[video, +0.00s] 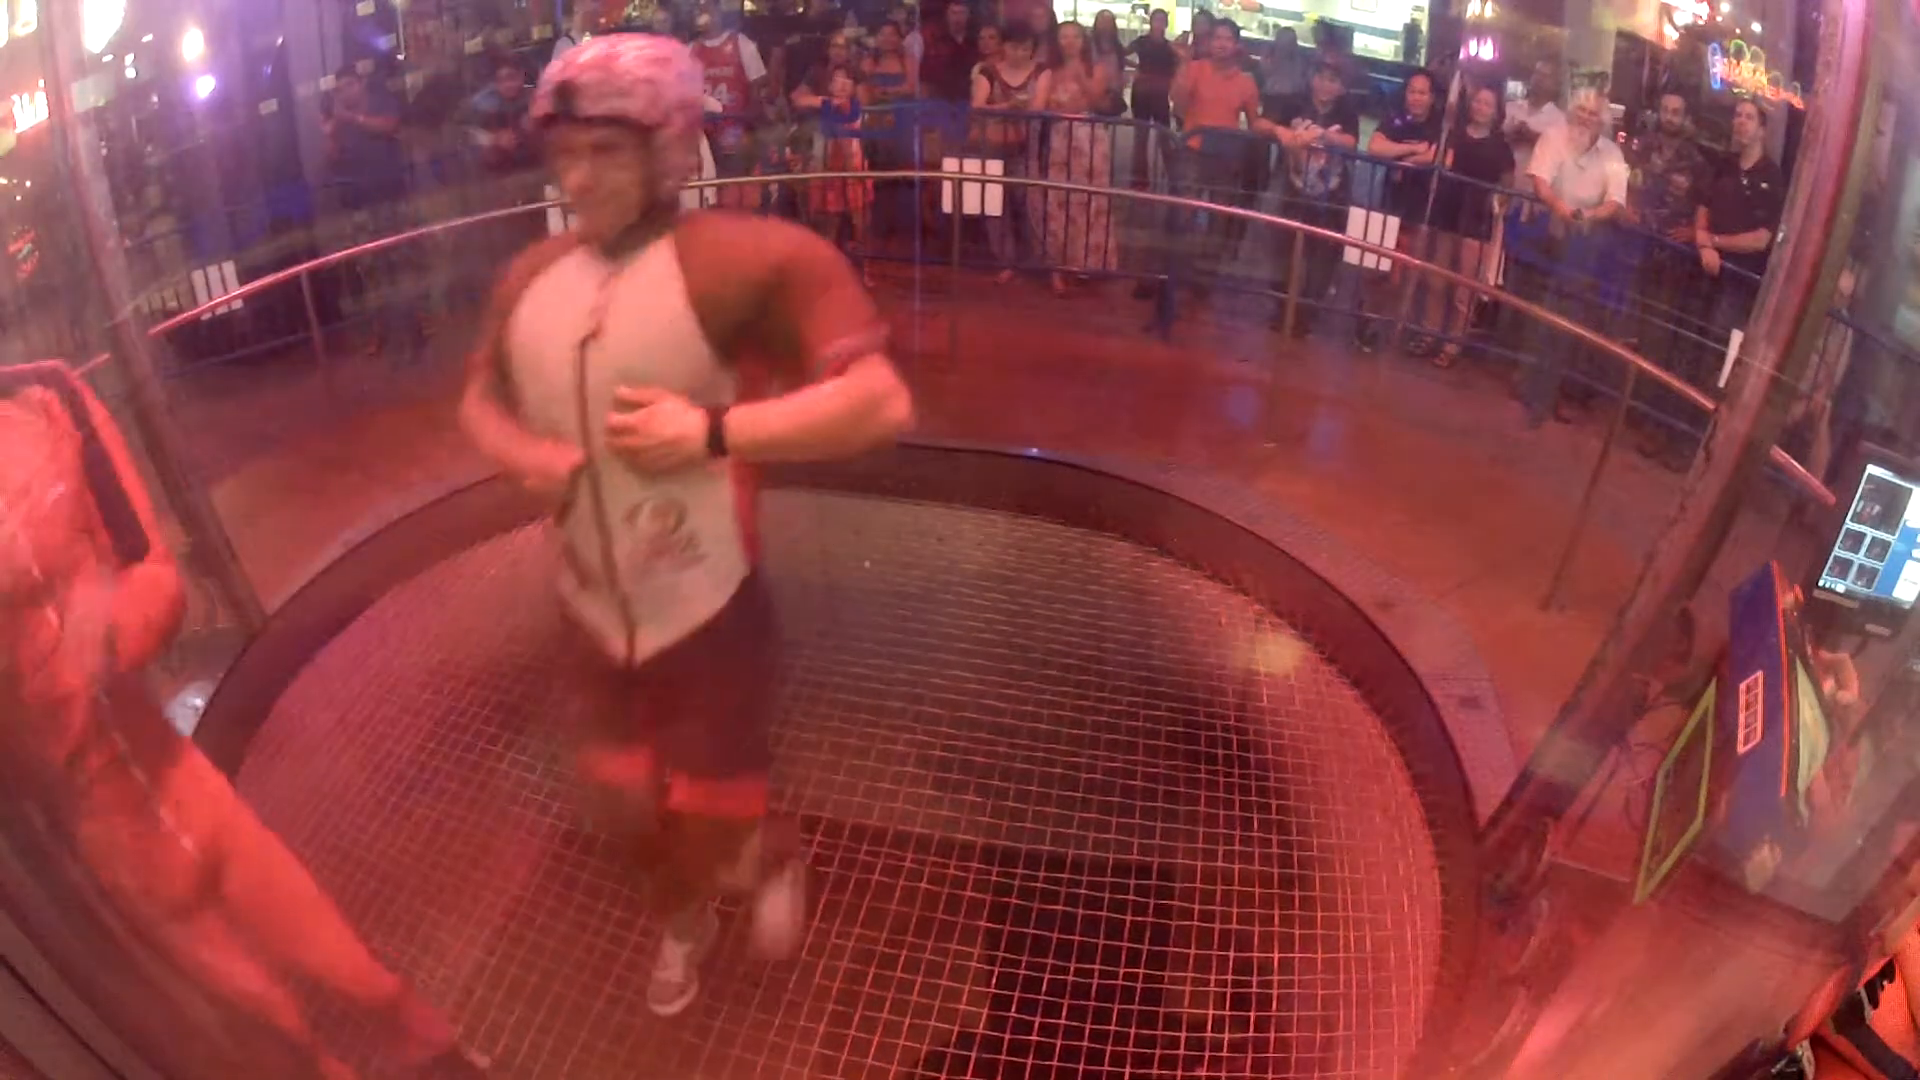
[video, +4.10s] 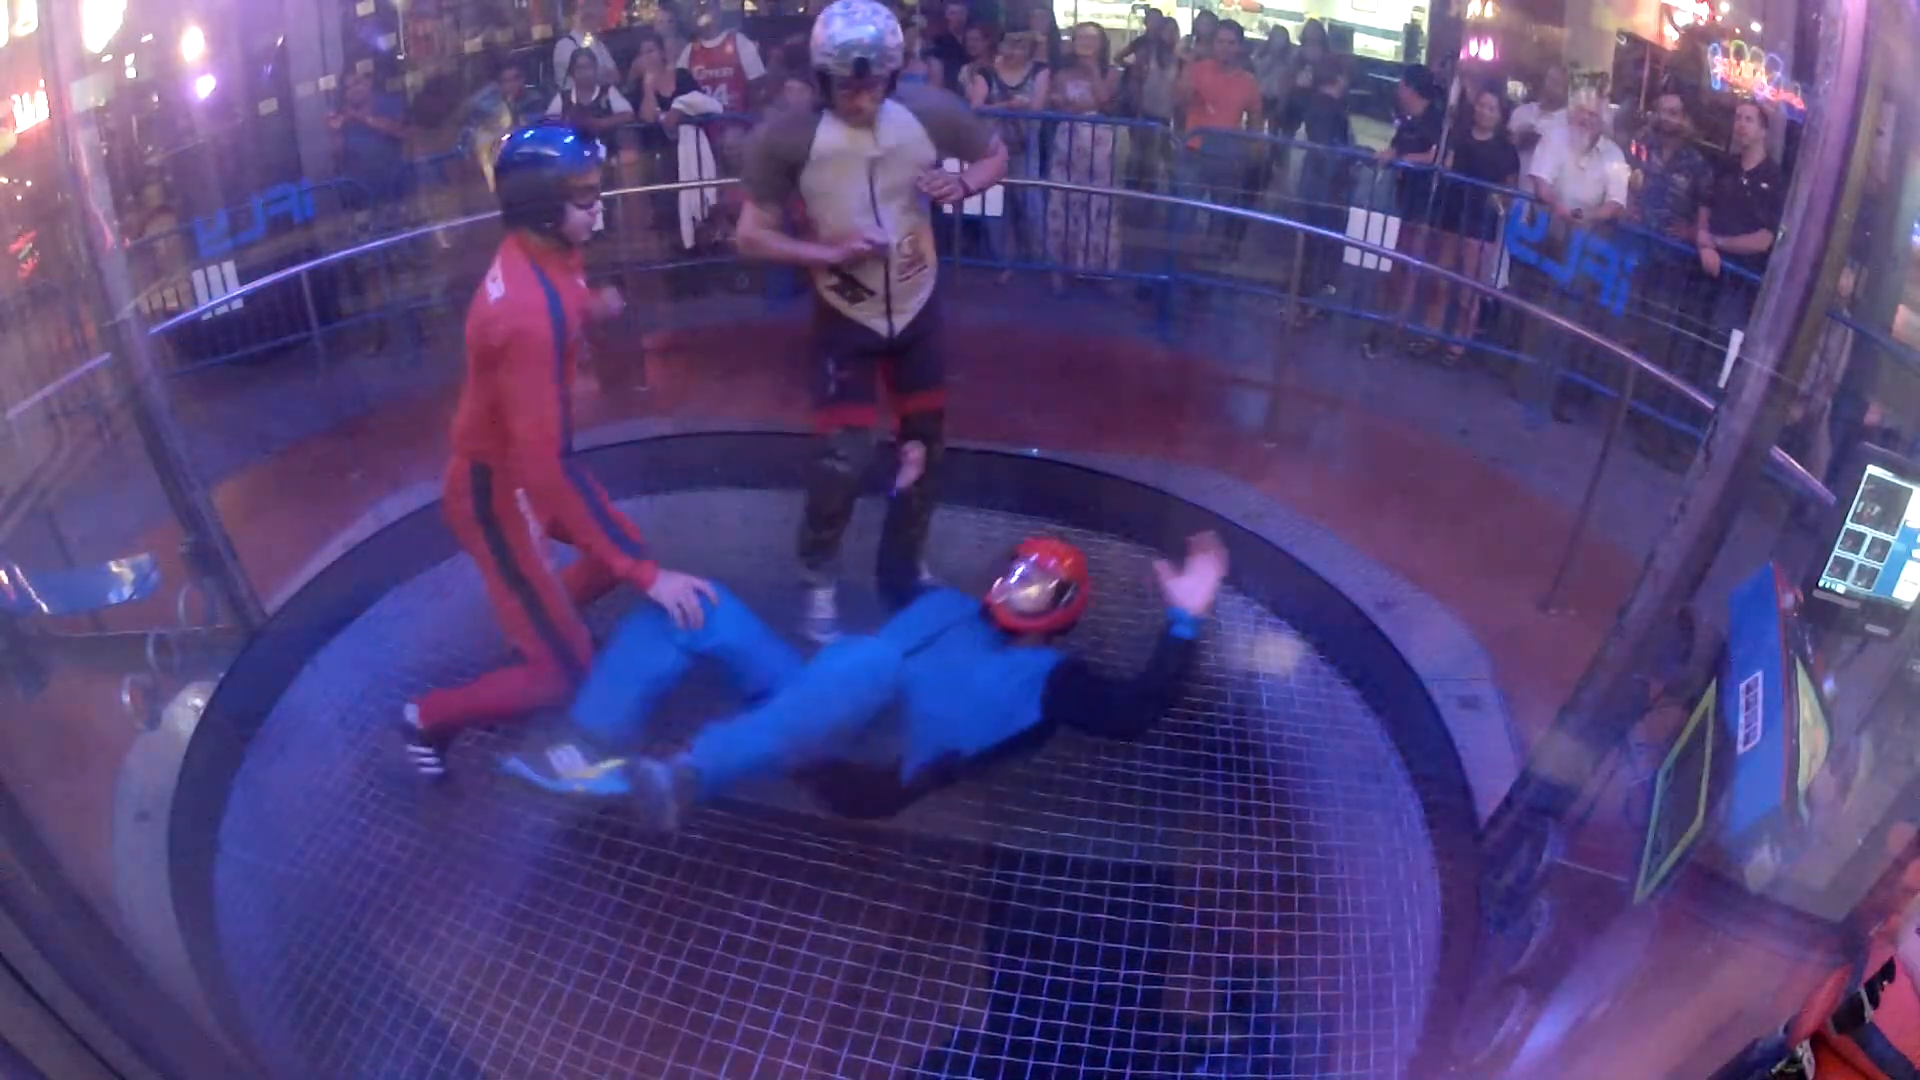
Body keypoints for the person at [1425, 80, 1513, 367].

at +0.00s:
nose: (1481, 107)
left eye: (1487, 104)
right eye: (1477, 101)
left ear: (1497, 112)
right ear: (1469, 104)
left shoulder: (1501, 148)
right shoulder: (1454, 137)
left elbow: (1507, 188)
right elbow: (1440, 168)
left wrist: (1496, 207)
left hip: (1476, 220)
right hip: (1445, 212)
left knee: (1463, 288)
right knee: (1435, 281)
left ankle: (1453, 342)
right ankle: (1430, 333)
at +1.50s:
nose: (1472, 108)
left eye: (1478, 103)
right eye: (1468, 101)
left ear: (1488, 110)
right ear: (1461, 106)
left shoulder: (1492, 147)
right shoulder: (1449, 139)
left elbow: (1498, 184)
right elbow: (1436, 171)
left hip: (1472, 218)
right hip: (1442, 213)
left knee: (1461, 285)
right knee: (1434, 279)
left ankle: (1451, 342)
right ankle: (1428, 333)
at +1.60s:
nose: (1471, 108)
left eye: (1478, 104)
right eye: (1468, 102)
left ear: (1488, 111)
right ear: (1461, 105)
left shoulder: (1491, 148)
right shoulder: (1448, 140)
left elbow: (1497, 185)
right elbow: (1436, 171)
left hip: (1471, 219)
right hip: (1441, 214)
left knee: (1461, 284)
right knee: (1434, 278)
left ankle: (1452, 341)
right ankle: (1429, 333)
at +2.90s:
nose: (1477, 110)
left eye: (1483, 105)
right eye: (1472, 104)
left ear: (1491, 112)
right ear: (1463, 107)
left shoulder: (1496, 147)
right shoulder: (1451, 138)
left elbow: (1501, 181)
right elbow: (1440, 168)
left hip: (1474, 217)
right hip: (1444, 212)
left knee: (1463, 285)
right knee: (1435, 279)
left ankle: (1456, 341)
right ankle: (1429, 332)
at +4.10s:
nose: (1485, 113)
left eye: (1492, 109)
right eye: (1482, 106)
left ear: (1501, 116)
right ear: (1473, 109)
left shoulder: (1506, 150)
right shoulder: (1459, 139)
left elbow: (1510, 187)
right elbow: (1445, 168)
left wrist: (1500, 201)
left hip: (1481, 217)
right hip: (1451, 210)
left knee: (1469, 283)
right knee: (1440, 277)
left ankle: (1460, 339)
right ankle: (1432, 331)